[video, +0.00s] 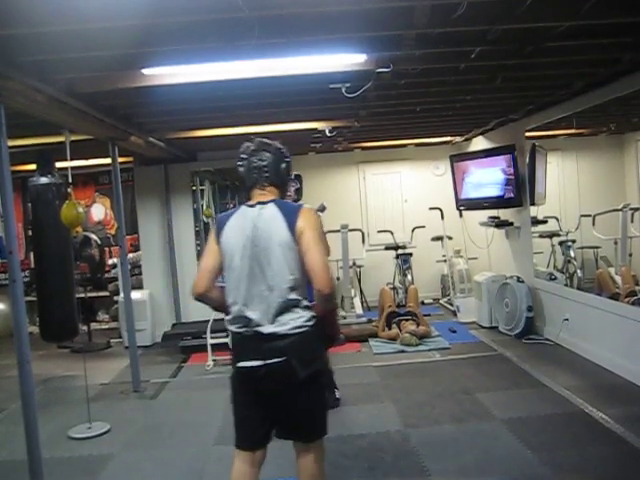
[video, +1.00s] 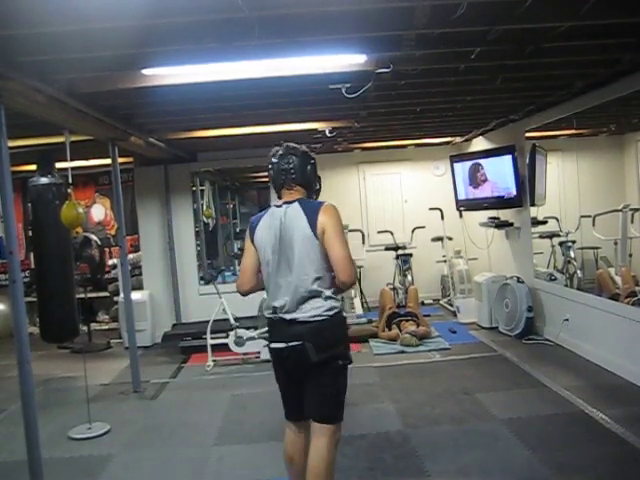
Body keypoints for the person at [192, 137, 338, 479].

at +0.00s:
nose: (289, 178)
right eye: (287, 172)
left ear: (245, 178)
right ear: (283, 176)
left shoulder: (223, 224)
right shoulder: (301, 215)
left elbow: (201, 289)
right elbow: (324, 286)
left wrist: (238, 307)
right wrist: (322, 317)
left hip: (248, 359)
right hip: (297, 355)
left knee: (247, 454)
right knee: (308, 451)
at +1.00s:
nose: (315, 179)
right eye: (313, 174)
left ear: (275, 181)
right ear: (310, 178)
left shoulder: (258, 223)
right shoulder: (322, 211)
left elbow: (245, 285)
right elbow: (346, 277)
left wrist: (277, 274)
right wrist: (329, 282)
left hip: (281, 336)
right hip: (324, 333)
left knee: (295, 425)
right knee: (325, 431)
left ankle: (298, 478)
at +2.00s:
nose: (337, 182)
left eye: (335, 176)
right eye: (335, 176)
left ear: (294, 182)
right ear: (329, 179)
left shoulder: (274, 225)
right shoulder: (341, 217)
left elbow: (271, 283)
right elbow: (373, 275)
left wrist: (301, 257)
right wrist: (363, 244)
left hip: (298, 340)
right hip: (341, 338)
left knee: (308, 423)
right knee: (343, 433)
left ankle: (302, 477)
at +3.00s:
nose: (319, 182)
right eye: (317, 177)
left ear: (279, 184)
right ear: (313, 179)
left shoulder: (264, 226)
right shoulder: (327, 213)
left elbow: (263, 280)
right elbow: (361, 268)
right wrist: (353, 241)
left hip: (285, 337)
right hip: (327, 336)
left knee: (301, 422)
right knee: (335, 430)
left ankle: (300, 476)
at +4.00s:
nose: (326, 187)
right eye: (325, 182)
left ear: (288, 187)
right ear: (322, 184)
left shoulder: (271, 221)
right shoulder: (337, 212)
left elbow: (271, 264)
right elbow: (368, 267)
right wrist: (342, 238)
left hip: (286, 335)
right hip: (328, 331)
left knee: (302, 421)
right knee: (362, 425)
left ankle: (299, 476)